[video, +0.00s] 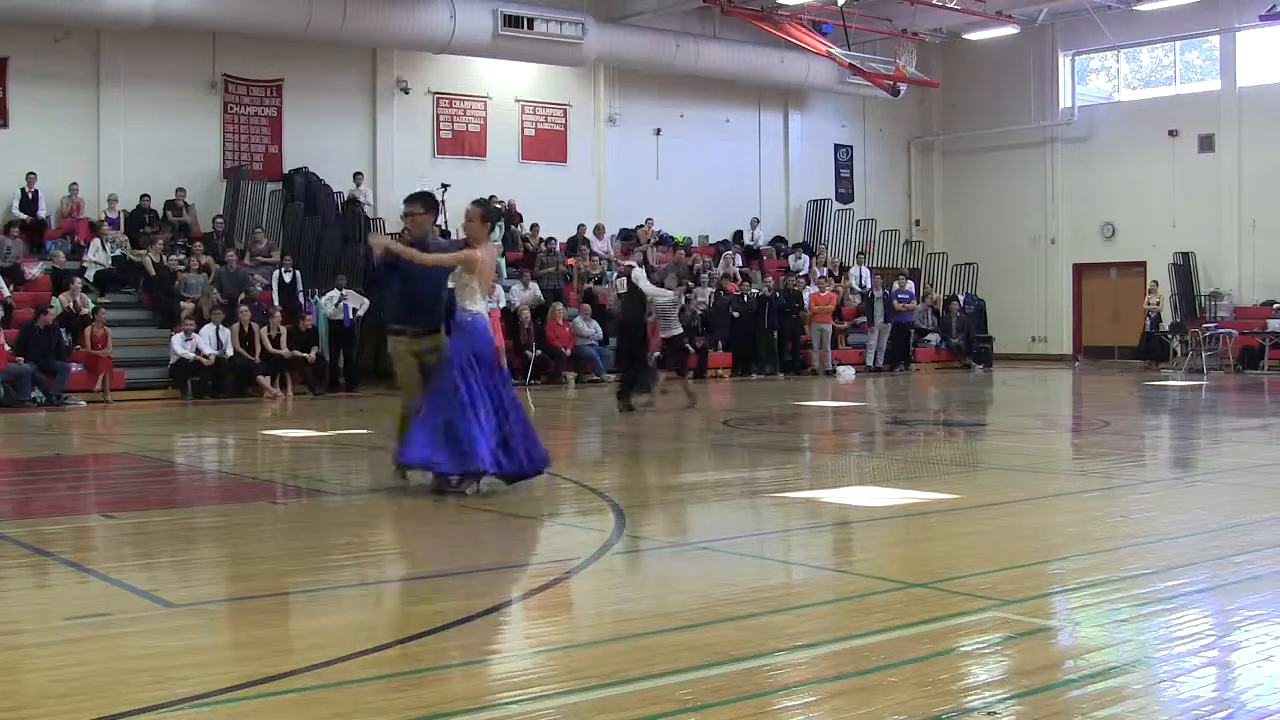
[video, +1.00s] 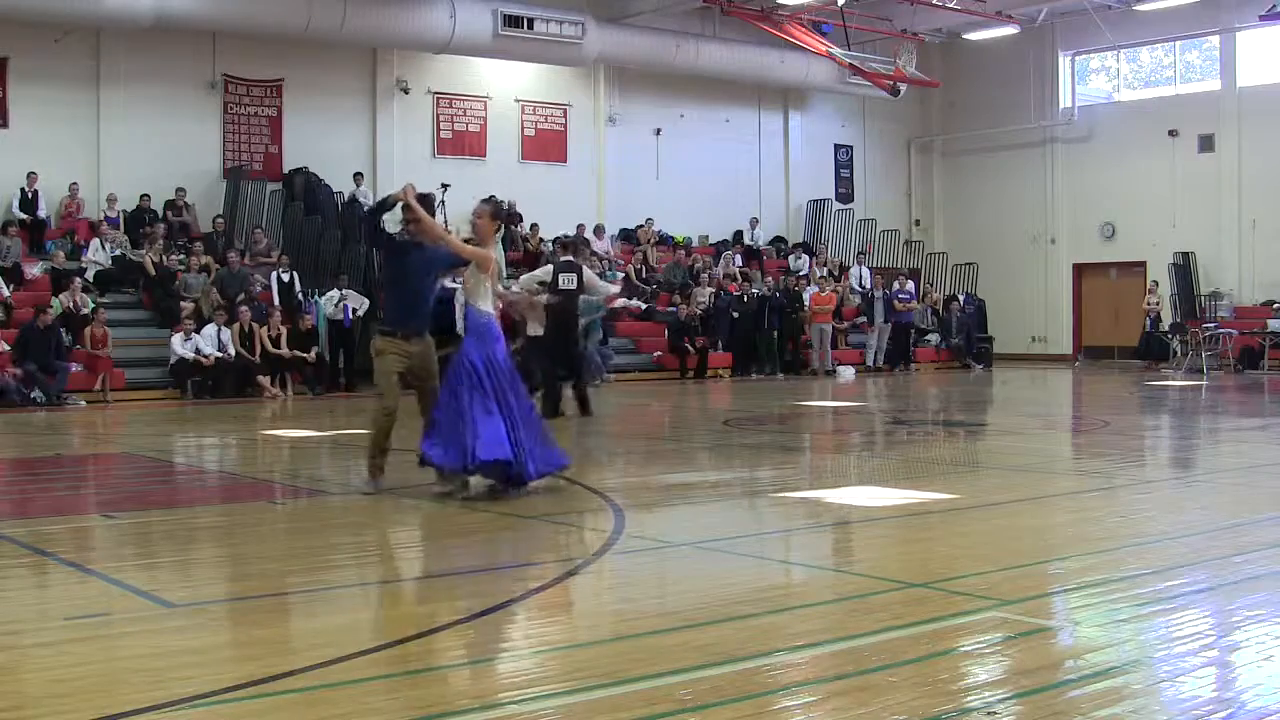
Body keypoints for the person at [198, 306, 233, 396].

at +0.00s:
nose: (217, 317)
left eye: (219, 314)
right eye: (214, 314)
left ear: (223, 316)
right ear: (210, 316)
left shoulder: (227, 331)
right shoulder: (204, 330)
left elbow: (229, 347)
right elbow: (203, 346)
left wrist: (227, 354)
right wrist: (214, 353)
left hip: (223, 356)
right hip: (210, 356)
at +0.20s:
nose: (217, 316)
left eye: (219, 314)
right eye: (214, 314)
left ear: (223, 316)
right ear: (210, 316)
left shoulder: (227, 332)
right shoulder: (204, 330)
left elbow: (230, 348)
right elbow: (205, 348)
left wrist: (227, 353)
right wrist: (217, 353)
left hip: (224, 357)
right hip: (210, 357)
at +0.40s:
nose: (217, 317)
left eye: (220, 315)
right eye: (215, 315)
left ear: (224, 317)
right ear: (211, 316)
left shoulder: (227, 331)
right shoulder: (205, 330)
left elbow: (230, 346)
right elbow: (205, 348)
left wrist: (230, 353)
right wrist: (219, 354)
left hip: (224, 355)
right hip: (210, 356)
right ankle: (217, 390)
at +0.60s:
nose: (218, 317)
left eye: (221, 315)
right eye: (215, 315)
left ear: (224, 317)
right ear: (211, 316)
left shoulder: (227, 331)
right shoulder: (206, 330)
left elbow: (230, 346)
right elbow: (205, 348)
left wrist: (230, 353)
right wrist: (219, 354)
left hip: (224, 355)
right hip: (211, 355)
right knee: (222, 363)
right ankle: (218, 390)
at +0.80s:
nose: (219, 317)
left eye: (221, 315)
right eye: (216, 315)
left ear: (225, 317)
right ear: (213, 317)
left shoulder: (227, 331)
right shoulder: (206, 330)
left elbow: (229, 344)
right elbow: (207, 348)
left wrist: (231, 353)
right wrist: (221, 355)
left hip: (224, 355)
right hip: (211, 356)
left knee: (239, 362)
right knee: (224, 364)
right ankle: (221, 391)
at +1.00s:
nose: (219, 317)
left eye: (221, 315)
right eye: (216, 315)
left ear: (226, 317)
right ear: (213, 316)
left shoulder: (227, 331)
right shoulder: (206, 330)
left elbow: (229, 345)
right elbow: (207, 348)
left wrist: (231, 353)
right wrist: (221, 355)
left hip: (224, 355)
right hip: (211, 356)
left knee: (238, 363)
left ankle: (235, 390)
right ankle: (221, 391)